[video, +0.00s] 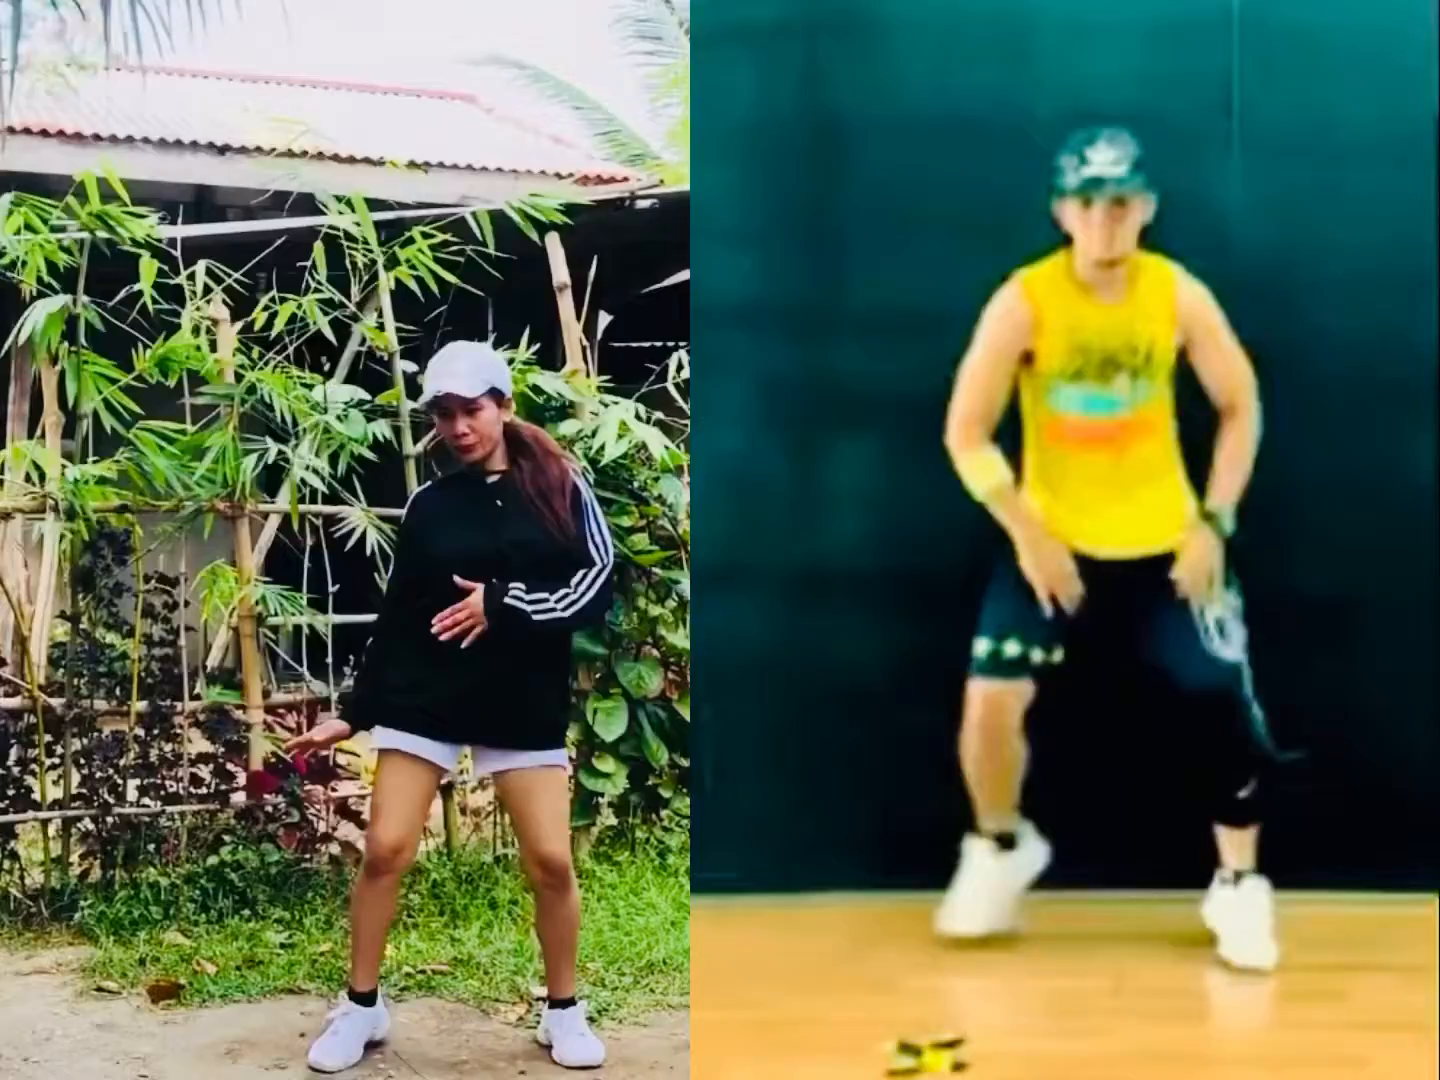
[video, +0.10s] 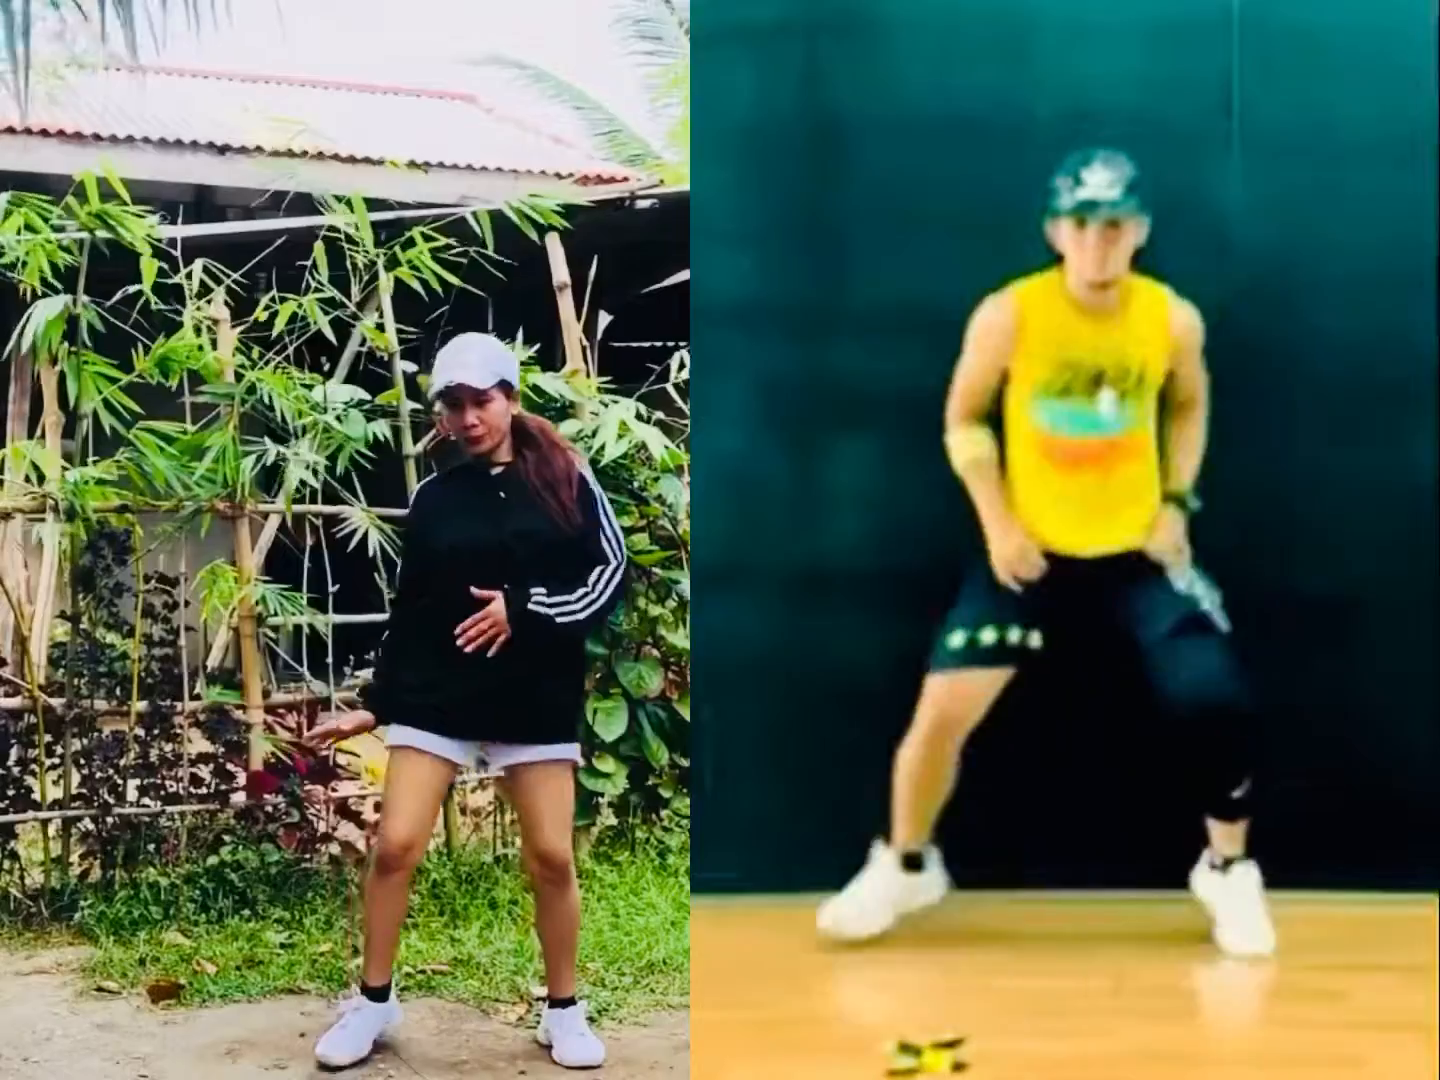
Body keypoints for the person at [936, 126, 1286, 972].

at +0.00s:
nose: (1108, 222)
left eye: (1123, 205)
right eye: (1091, 204)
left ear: (1146, 211)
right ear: (1063, 211)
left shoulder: (1179, 297)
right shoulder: (1022, 304)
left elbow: (1241, 408)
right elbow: (966, 435)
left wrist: (1212, 524)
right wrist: (1027, 532)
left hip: (1165, 530)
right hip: (1051, 531)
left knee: (1225, 704)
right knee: (991, 698)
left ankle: (1240, 883)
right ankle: (997, 849)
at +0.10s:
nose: (1100, 244)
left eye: (1116, 226)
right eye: (1084, 225)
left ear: (1140, 234)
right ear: (1056, 232)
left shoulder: (1174, 323)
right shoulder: (1008, 316)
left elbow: (1188, 409)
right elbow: (964, 422)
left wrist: (1177, 501)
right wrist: (999, 525)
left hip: (1138, 549)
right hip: (1030, 546)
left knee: (1213, 692)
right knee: (942, 710)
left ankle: (1229, 867)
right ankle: (905, 865)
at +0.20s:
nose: (1083, 298)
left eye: (1100, 280)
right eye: (1068, 279)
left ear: (1124, 289)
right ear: (1040, 285)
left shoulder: (1151, 392)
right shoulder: (987, 369)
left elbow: (1152, 486)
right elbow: (949, 476)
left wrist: (1147, 567)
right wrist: (974, 578)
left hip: (1112, 602)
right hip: (1006, 599)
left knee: (1181, 730)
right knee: (921, 749)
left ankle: (1218, 886)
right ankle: (873, 891)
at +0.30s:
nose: (1056, 284)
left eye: (1073, 268)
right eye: (1042, 266)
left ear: (1096, 276)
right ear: (1014, 269)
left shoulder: (1118, 377)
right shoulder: (954, 342)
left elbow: (1132, 482)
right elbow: (910, 451)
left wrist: (1107, 558)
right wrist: (927, 556)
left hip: (1070, 595)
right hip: (964, 588)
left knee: (1141, 728)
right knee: (889, 745)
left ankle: (1212, 883)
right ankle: (865, 890)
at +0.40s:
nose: (1035, 229)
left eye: (1053, 212)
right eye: (1020, 210)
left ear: (1077, 217)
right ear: (994, 212)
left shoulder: (1100, 311)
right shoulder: (939, 276)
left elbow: (1120, 414)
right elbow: (884, 373)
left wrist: (1086, 489)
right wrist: (888, 468)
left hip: (1041, 538)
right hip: (933, 533)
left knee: (1101, 675)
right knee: (884, 685)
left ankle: (1139, 852)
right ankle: (856, 871)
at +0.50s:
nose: (1015, 215)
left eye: (1033, 197)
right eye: (1001, 194)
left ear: (1058, 201)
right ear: (975, 195)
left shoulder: (1086, 293)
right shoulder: (921, 258)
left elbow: (1121, 372)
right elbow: (826, 309)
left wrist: (1114, 433)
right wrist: (859, 367)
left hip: (1025, 502)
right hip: (922, 494)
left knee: (1059, 642)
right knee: (889, 658)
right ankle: (860, 852)